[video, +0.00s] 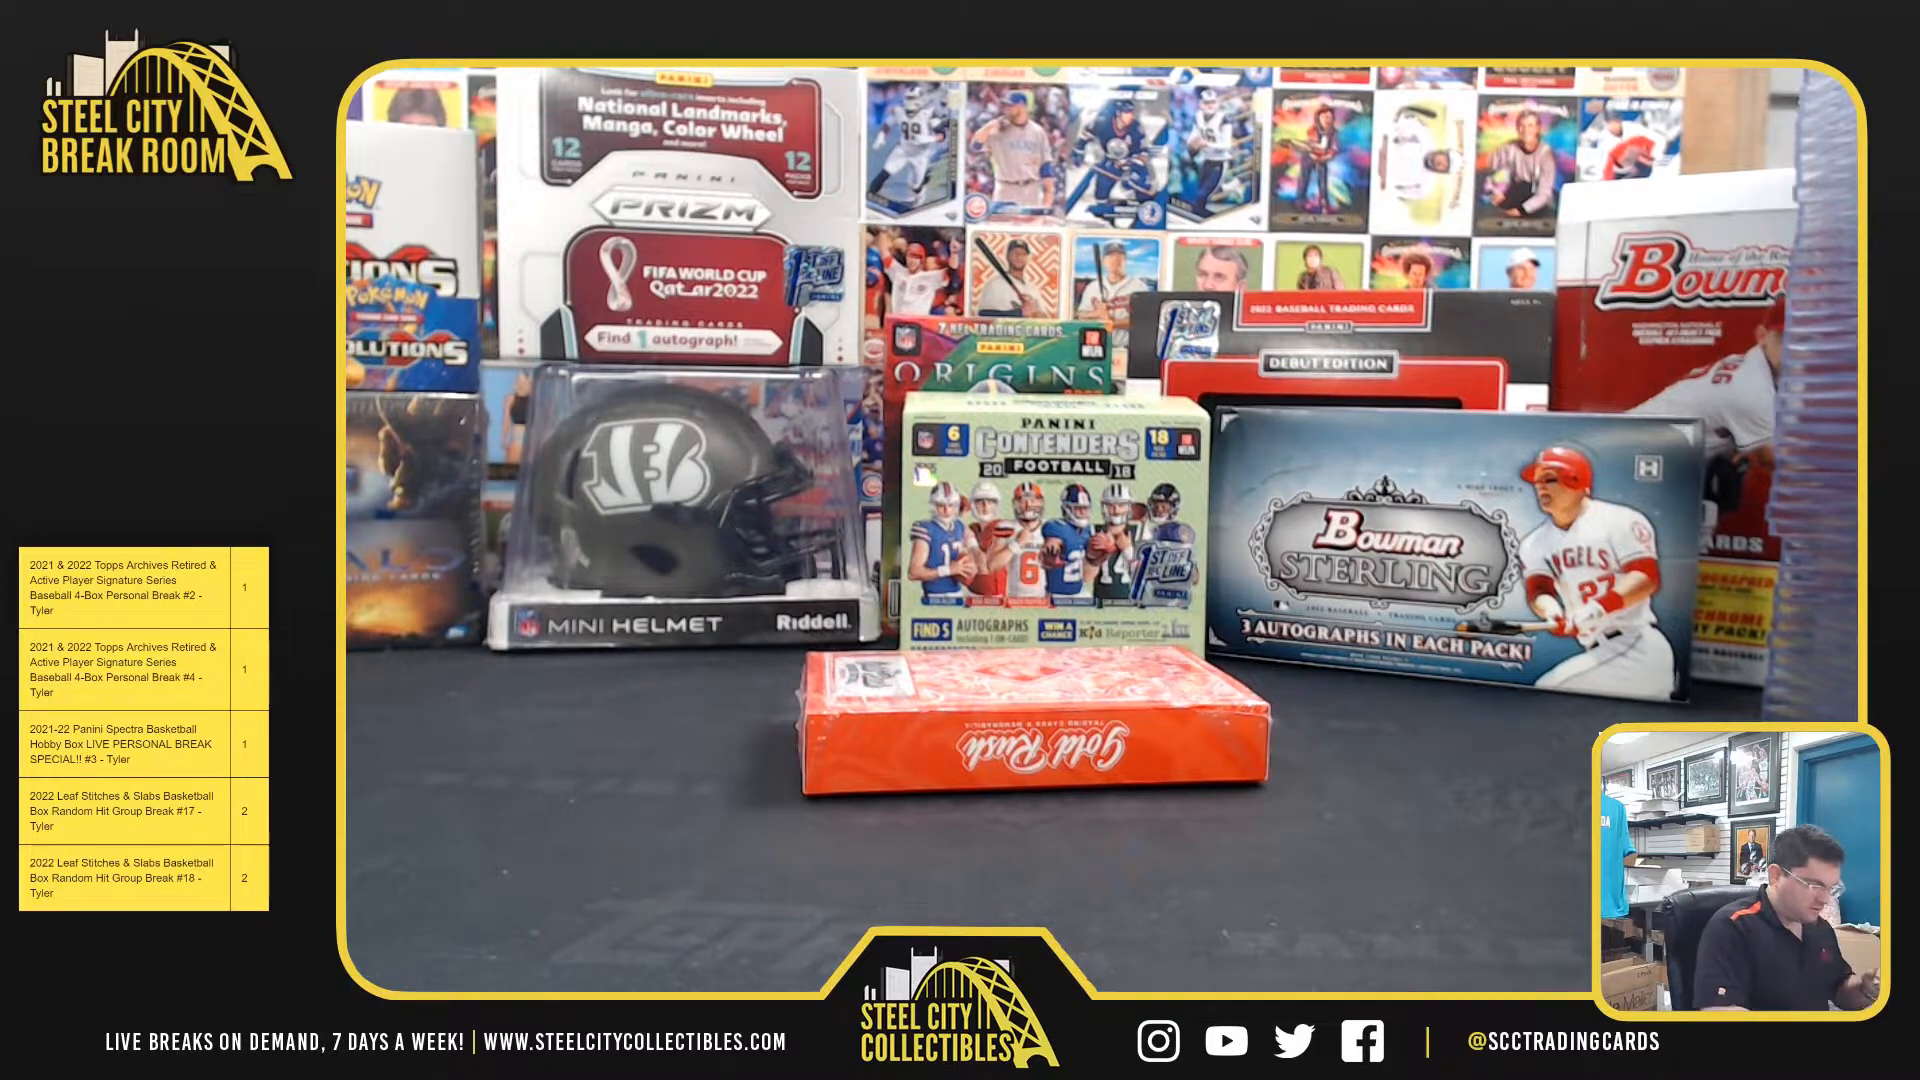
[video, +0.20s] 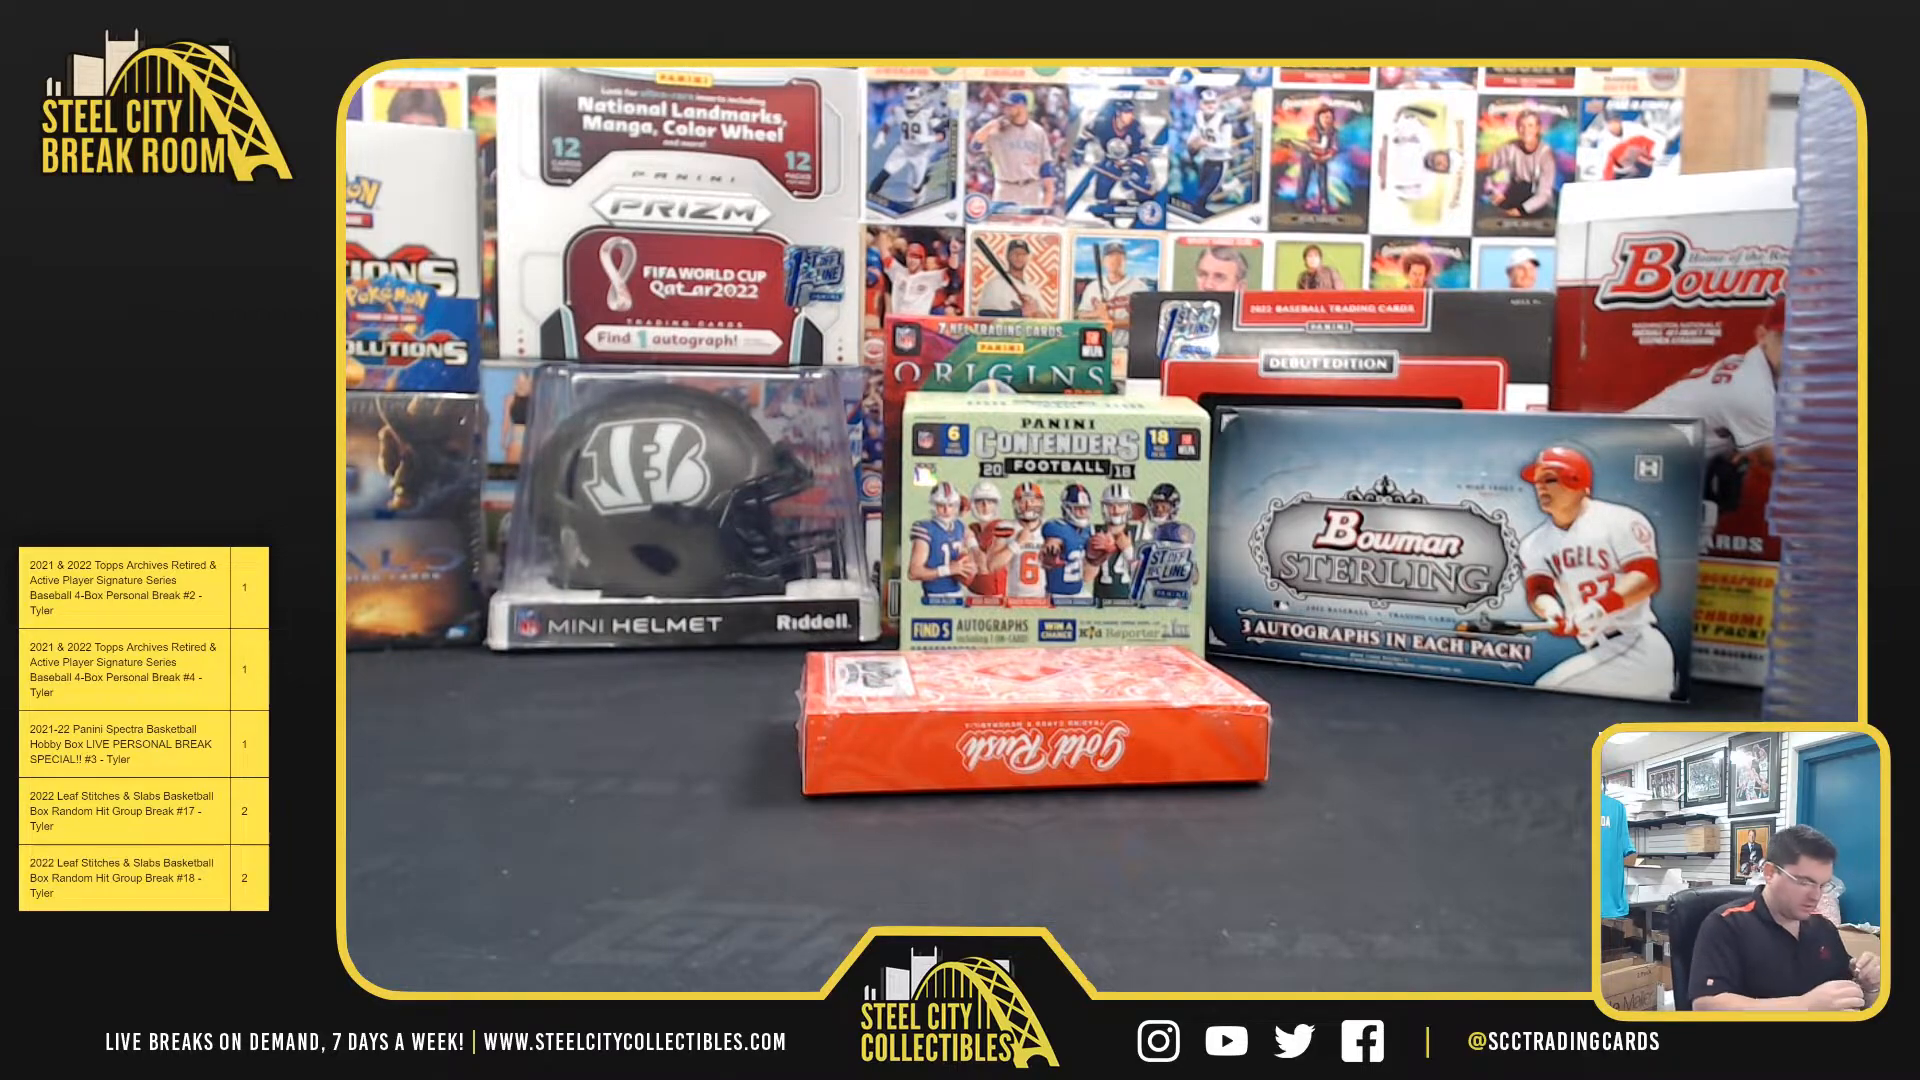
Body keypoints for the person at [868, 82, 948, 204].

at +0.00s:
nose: (911, 103)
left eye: (914, 99)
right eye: (908, 99)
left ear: (921, 100)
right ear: (905, 100)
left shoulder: (928, 114)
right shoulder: (899, 113)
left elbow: (942, 134)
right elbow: (887, 125)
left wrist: (928, 139)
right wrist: (881, 137)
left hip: (921, 153)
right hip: (903, 150)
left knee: (915, 186)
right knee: (885, 172)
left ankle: (918, 195)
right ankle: (868, 197)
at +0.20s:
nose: (911, 102)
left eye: (914, 99)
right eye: (908, 99)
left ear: (920, 100)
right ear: (904, 100)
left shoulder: (928, 114)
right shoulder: (899, 113)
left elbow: (942, 134)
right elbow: (887, 125)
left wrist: (928, 139)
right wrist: (881, 137)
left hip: (920, 153)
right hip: (903, 150)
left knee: (915, 186)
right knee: (885, 172)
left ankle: (919, 194)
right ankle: (868, 197)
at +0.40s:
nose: (911, 102)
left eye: (914, 99)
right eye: (908, 99)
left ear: (920, 100)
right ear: (904, 100)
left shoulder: (928, 114)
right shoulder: (899, 113)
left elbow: (942, 134)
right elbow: (887, 125)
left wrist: (928, 139)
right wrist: (881, 137)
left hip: (920, 153)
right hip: (903, 150)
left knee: (915, 186)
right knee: (885, 172)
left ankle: (919, 194)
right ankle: (868, 197)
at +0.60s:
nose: (911, 102)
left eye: (914, 99)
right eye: (908, 99)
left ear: (920, 100)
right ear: (904, 100)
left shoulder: (928, 114)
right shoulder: (899, 113)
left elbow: (942, 134)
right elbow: (887, 125)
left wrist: (928, 139)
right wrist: (881, 137)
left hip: (920, 153)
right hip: (903, 150)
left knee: (915, 186)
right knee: (885, 172)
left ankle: (919, 194)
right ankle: (868, 197)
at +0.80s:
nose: (911, 102)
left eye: (915, 99)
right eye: (909, 99)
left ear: (921, 100)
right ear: (905, 100)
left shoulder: (928, 114)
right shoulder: (899, 112)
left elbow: (942, 134)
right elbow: (887, 125)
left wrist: (928, 139)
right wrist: (881, 137)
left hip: (921, 153)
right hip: (903, 150)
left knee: (915, 186)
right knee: (885, 173)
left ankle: (919, 195)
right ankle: (868, 197)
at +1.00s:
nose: (911, 102)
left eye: (915, 99)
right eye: (909, 99)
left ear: (921, 100)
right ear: (905, 100)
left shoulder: (928, 114)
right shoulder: (899, 112)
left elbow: (942, 134)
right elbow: (887, 125)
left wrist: (928, 139)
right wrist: (881, 137)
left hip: (921, 153)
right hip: (903, 150)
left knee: (915, 186)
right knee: (885, 173)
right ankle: (868, 197)